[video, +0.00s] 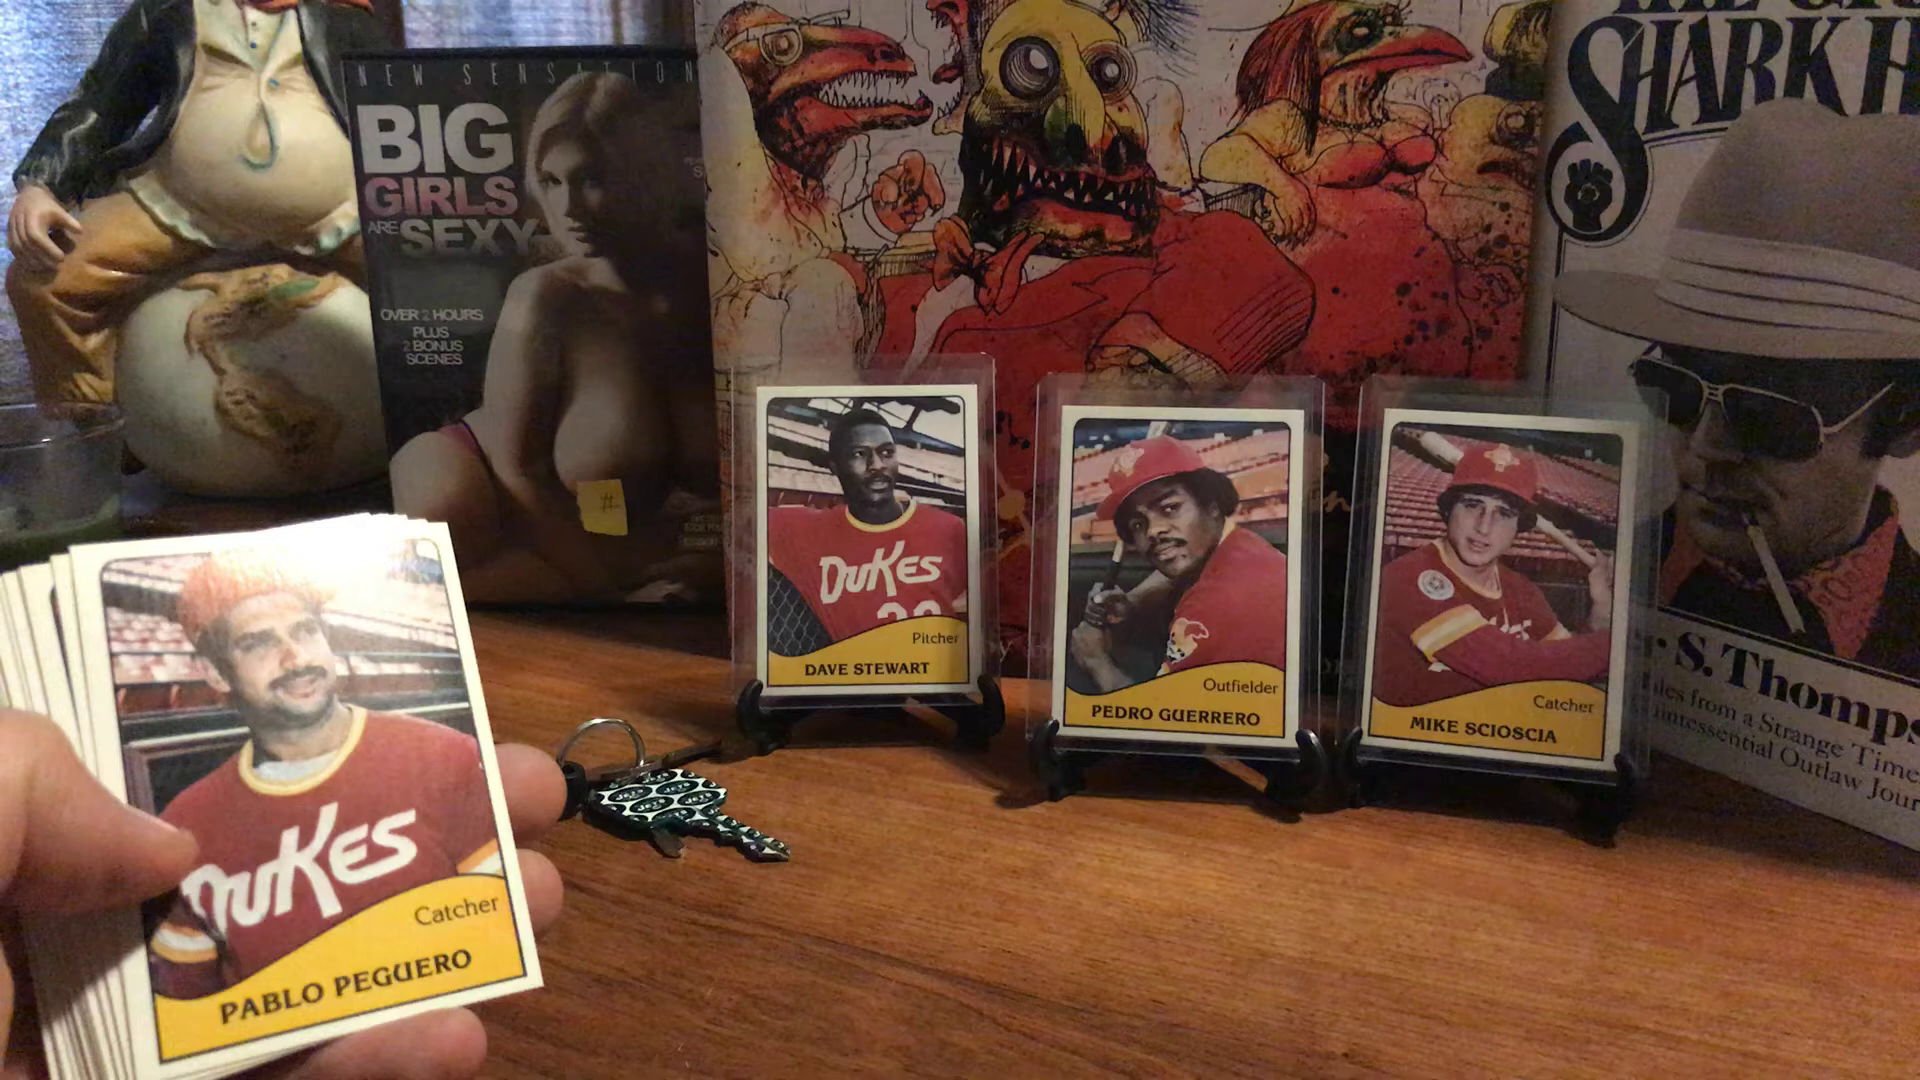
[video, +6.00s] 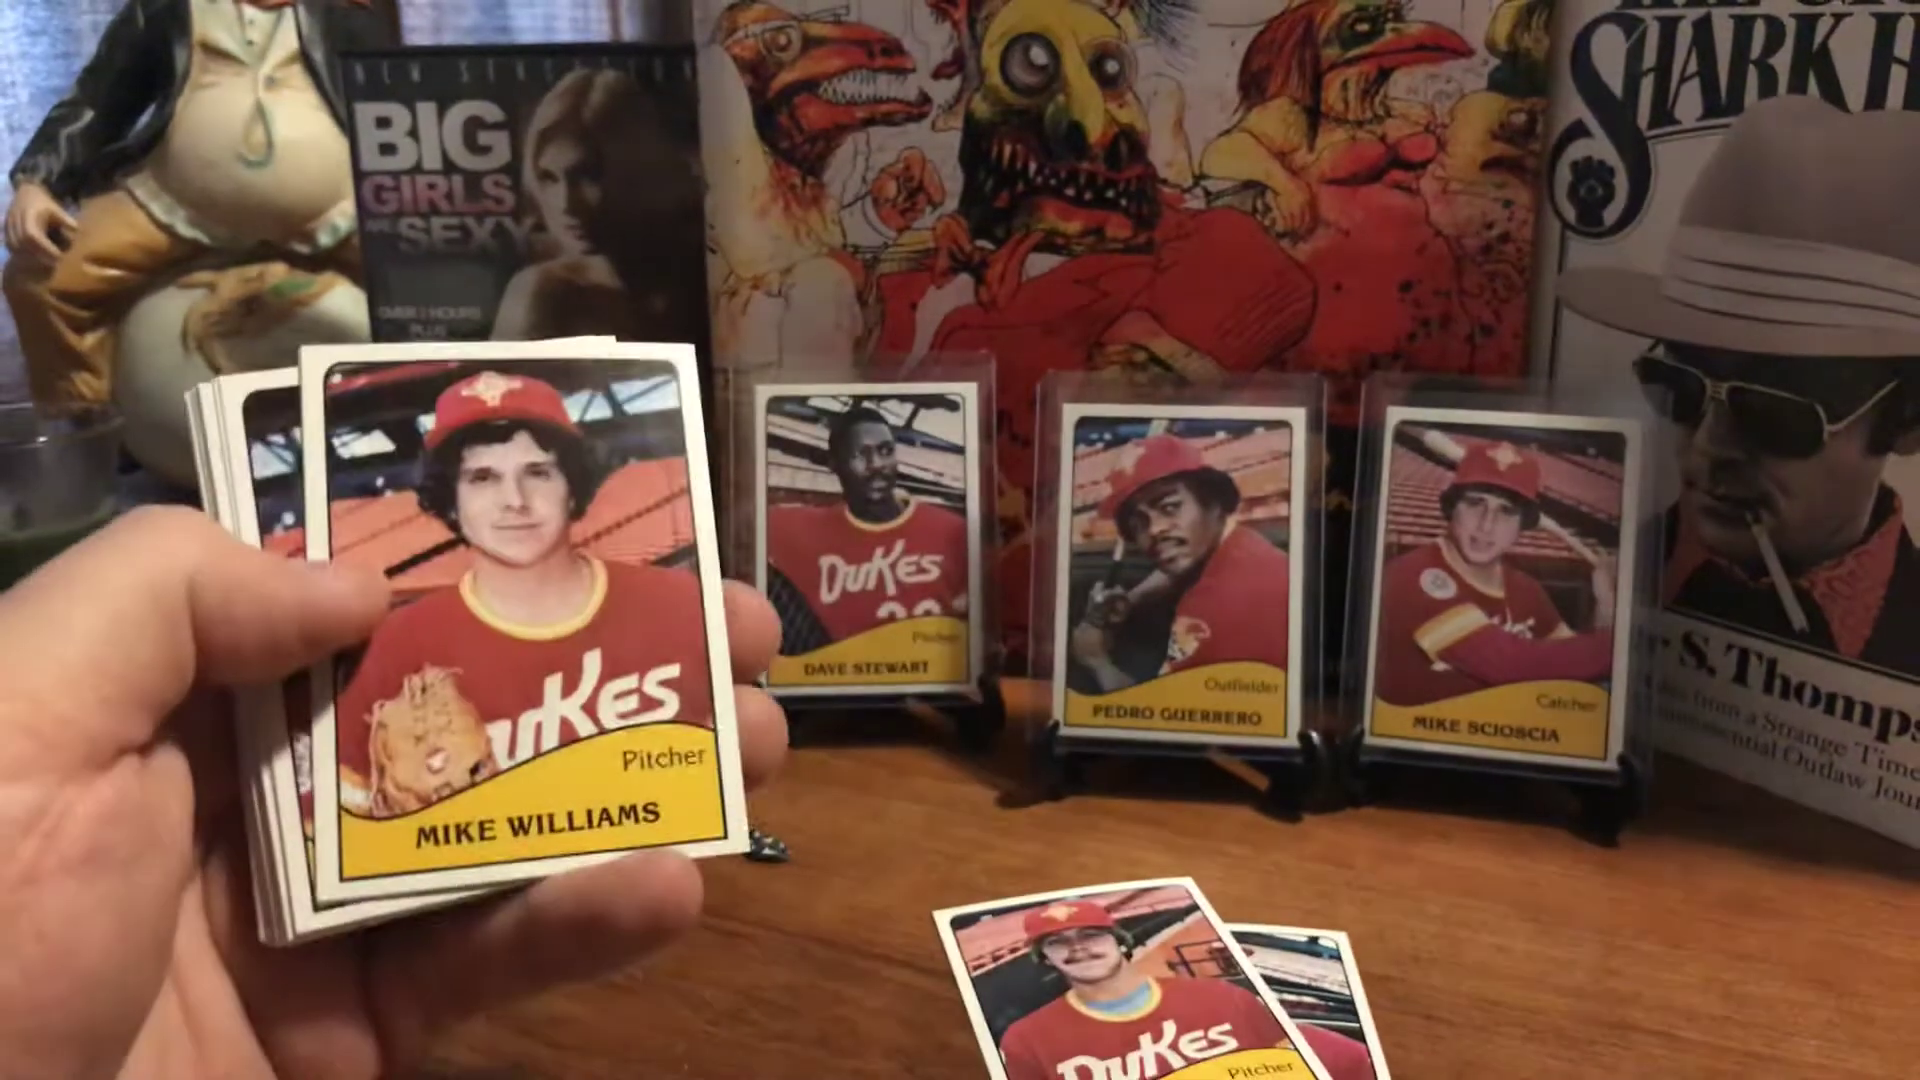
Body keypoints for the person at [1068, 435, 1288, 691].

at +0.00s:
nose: (1154, 530)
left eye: (1169, 508)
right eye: (1138, 524)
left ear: (1211, 505)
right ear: (1133, 542)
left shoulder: (1213, 608)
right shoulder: (1246, 545)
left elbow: (1160, 723)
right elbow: (1183, 570)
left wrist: (1097, 662)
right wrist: (1132, 603)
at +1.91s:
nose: (1155, 530)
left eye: (1169, 508)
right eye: (1139, 523)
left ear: (1211, 504)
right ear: (1133, 540)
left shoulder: (1208, 610)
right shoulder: (1248, 545)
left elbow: (1162, 719)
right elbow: (1185, 565)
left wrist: (1097, 662)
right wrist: (1132, 601)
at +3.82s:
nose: (1155, 531)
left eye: (1168, 509)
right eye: (1139, 524)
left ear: (1213, 504)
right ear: (1133, 541)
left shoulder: (1212, 610)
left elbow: (1160, 722)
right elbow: (1184, 563)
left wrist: (1097, 662)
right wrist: (1133, 602)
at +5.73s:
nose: (1156, 530)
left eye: (1171, 508)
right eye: (1141, 521)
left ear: (1216, 506)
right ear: (1134, 537)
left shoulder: (1212, 604)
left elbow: (1163, 722)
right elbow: (1184, 565)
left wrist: (1098, 662)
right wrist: (1133, 601)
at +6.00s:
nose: (1156, 529)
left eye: (1170, 507)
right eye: (1140, 520)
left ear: (1214, 504)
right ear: (1133, 536)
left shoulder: (1213, 602)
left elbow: (1163, 721)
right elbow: (1185, 564)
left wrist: (1098, 661)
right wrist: (1132, 600)